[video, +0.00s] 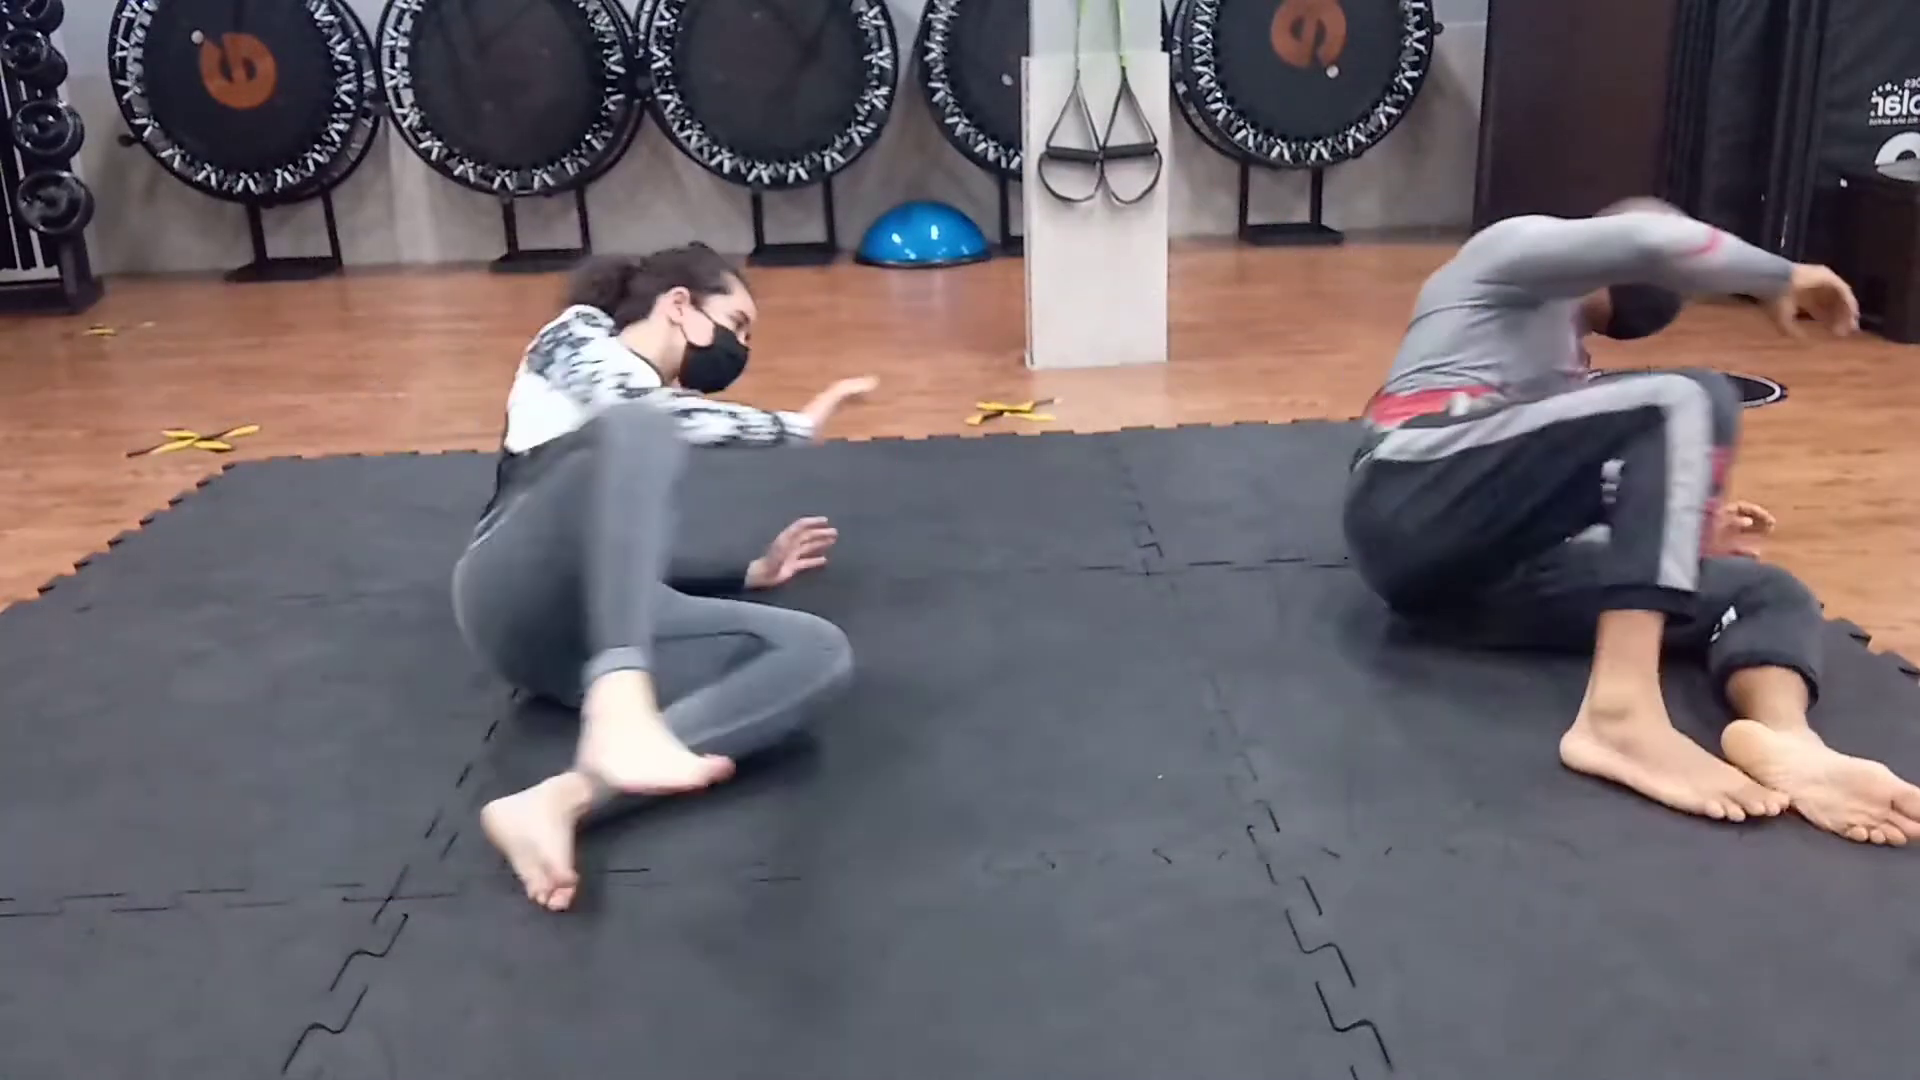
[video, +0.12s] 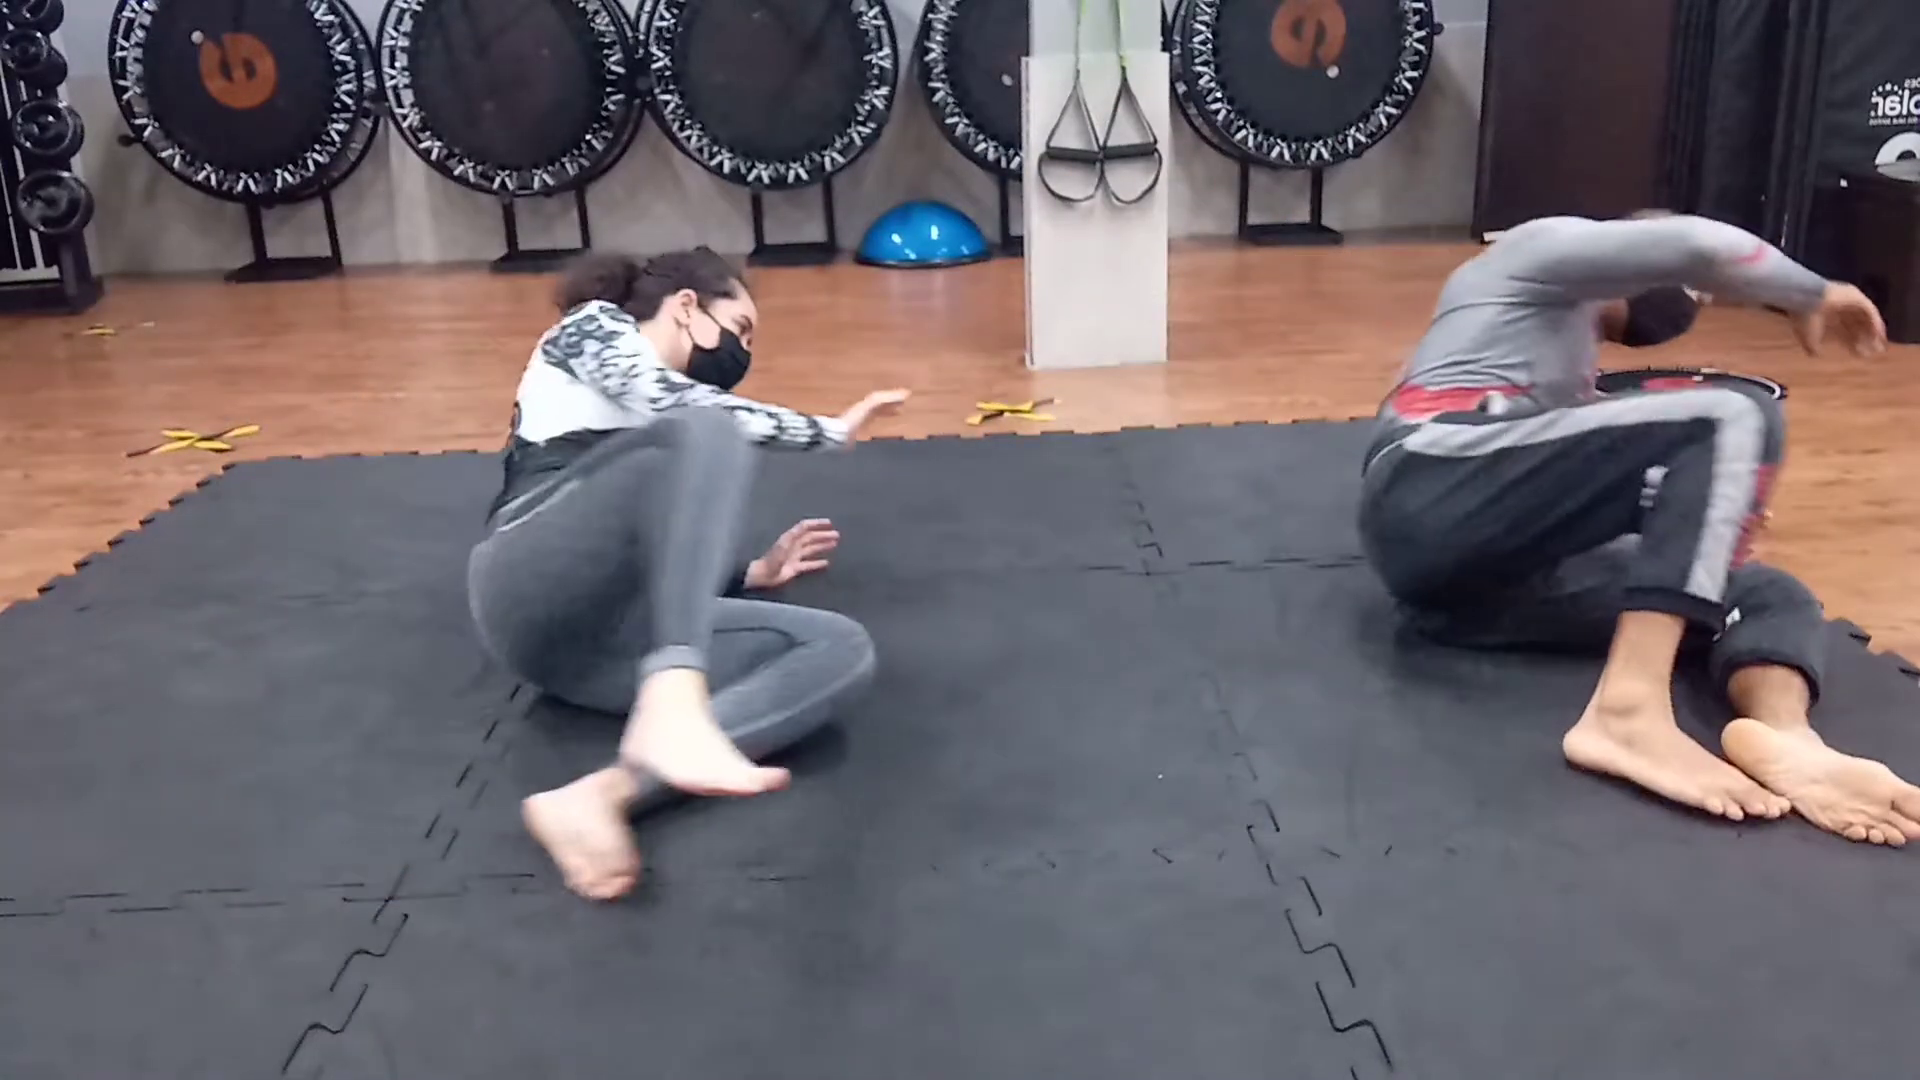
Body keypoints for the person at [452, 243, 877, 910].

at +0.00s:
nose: (742, 349)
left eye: (746, 336)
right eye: (735, 326)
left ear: (679, 314)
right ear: (677, 306)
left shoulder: (659, 408)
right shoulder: (575, 334)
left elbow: (622, 570)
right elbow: (650, 415)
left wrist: (749, 576)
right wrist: (796, 426)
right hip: (512, 599)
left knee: (819, 650)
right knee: (642, 423)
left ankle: (557, 800)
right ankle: (619, 702)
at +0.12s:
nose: (743, 357)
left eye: (748, 344)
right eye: (740, 333)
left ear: (683, 314)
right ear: (685, 307)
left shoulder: (659, 412)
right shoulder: (592, 326)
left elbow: (623, 566)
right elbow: (662, 401)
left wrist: (753, 573)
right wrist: (830, 431)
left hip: (607, 653)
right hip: (526, 589)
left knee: (843, 647)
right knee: (710, 427)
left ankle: (600, 796)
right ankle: (671, 703)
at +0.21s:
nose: (740, 364)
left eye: (745, 351)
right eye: (738, 341)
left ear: (684, 319)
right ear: (687, 310)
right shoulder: (598, 324)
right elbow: (686, 403)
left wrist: (750, 575)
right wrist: (842, 435)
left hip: (610, 656)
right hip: (533, 584)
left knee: (857, 647)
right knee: (743, 435)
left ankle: (637, 796)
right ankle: (703, 700)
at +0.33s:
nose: (733, 365)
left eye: (736, 355)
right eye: (730, 343)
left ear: (680, 325)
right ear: (683, 315)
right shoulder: (607, 323)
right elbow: (708, 401)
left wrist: (766, 556)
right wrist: (852, 437)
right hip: (551, 567)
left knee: (881, 665)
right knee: (795, 446)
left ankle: (696, 802)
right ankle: (708, 689)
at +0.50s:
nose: (724, 362)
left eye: (728, 351)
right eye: (723, 342)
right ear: (682, 312)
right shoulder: (620, 326)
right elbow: (740, 395)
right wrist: (877, 431)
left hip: (598, 664)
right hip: (569, 554)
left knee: (887, 668)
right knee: (835, 451)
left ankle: (704, 797)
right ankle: (741, 667)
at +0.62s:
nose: (726, 362)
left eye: (729, 351)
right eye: (723, 342)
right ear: (683, 311)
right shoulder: (624, 327)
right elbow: (745, 393)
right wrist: (881, 431)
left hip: (593, 664)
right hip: (569, 551)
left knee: (884, 666)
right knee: (840, 466)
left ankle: (705, 796)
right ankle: (758, 684)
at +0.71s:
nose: (725, 363)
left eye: (728, 352)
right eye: (723, 343)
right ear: (682, 312)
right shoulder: (626, 327)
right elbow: (739, 393)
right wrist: (875, 436)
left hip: (596, 665)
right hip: (569, 552)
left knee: (883, 666)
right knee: (836, 480)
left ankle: (706, 806)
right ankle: (727, 714)